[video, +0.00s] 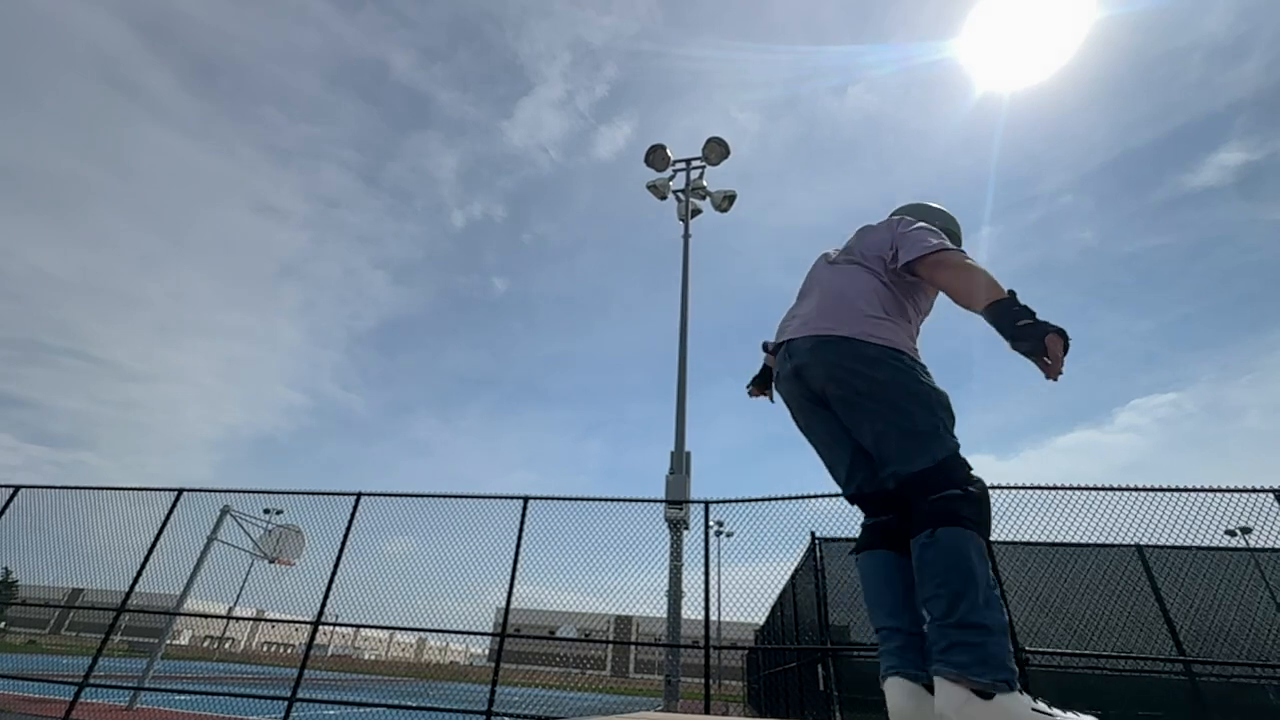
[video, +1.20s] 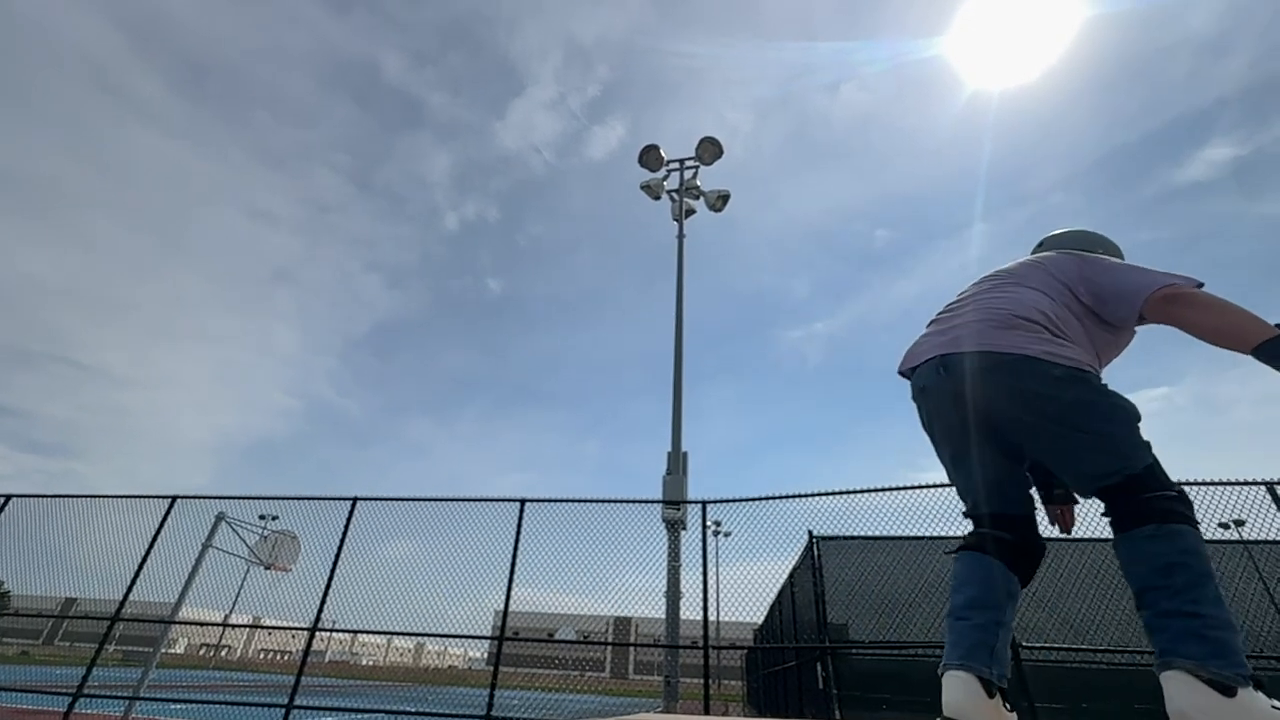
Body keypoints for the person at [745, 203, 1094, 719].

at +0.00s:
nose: (951, 254)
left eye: (954, 249)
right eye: (947, 244)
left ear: (896, 220)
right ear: (931, 227)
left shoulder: (836, 259)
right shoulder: (907, 227)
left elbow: (798, 317)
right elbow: (941, 264)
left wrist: (769, 366)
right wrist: (1018, 319)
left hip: (795, 368)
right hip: (860, 348)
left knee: (882, 508)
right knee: (948, 493)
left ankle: (904, 679)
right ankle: (975, 681)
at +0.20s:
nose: (977, 251)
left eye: (976, 242)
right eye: (973, 240)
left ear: (922, 223)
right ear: (957, 228)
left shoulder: (864, 262)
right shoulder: (938, 231)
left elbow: (815, 334)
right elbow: (987, 269)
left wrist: (789, 390)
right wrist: (1073, 317)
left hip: (823, 370)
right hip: (891, 349)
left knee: (911, 504)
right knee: (983, 493)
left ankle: (921, 665)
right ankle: (1002, 668)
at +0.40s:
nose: (1004, 266)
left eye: (1005, 260)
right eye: (1002, 257)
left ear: (945, 238)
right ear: (986, 242)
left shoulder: (894, 273)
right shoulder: (972, 246)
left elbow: (841, 354)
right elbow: (1025, 280)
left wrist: (818, 423)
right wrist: (1127, 326)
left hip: (845, 372)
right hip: (914, 355)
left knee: (937, 512)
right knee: (1017, 494)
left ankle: (931, 674)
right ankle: (1036, 673)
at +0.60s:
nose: (1038, 274)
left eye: (1036, 268)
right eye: (1033, 266)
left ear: (970, 248)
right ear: (1015, 252)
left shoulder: (920, 279)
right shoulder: (1006, 258)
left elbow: (866, 372)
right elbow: (1076, 296)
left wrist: (857, 456)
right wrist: (1184, 340)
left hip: (863, 376)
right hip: (943, 360)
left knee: (953, 524)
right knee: (1052, 503)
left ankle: (942, 678)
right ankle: (1082, 678)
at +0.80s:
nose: (1071, 276)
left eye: (1068, 270)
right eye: (1065, 266)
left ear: (998, 250)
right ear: (1050, 255)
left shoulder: (952, 276)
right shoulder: (1044, 262)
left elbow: (932, 383)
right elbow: (1121, 296)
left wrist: (918, 476)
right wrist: (1235, 342)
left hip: (886, 372)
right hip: (975, 354)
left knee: (971, 521)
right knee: (1088, 499)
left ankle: (955, 676)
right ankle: (1127, 677)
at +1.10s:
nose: (1105, 275)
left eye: (1102, 270)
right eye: (1102, 267)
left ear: (1032, 250)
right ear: (1087, 257)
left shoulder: (986, 275)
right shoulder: (1081, 262)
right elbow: (1165, 298)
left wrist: (1000, 469)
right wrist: (1264, 341)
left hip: (922, 369)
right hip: (1015, 356)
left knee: (993, 523)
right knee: (1128, 494)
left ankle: (962, 669)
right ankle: (1183, 669)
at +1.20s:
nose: (1122, 282)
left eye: (1121, 273)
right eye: (1117, 272)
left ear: (1048, 254)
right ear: (1102, 260)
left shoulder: (1005, 280)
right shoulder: (1097, 265)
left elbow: (1011, 399)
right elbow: (1178, 300)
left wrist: (1051, 487)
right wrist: (1272, 344)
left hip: (934, 375)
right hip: (1029, 359)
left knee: (1002, 529)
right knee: (1145, 497)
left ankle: (967, 674)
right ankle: (1203, 673)